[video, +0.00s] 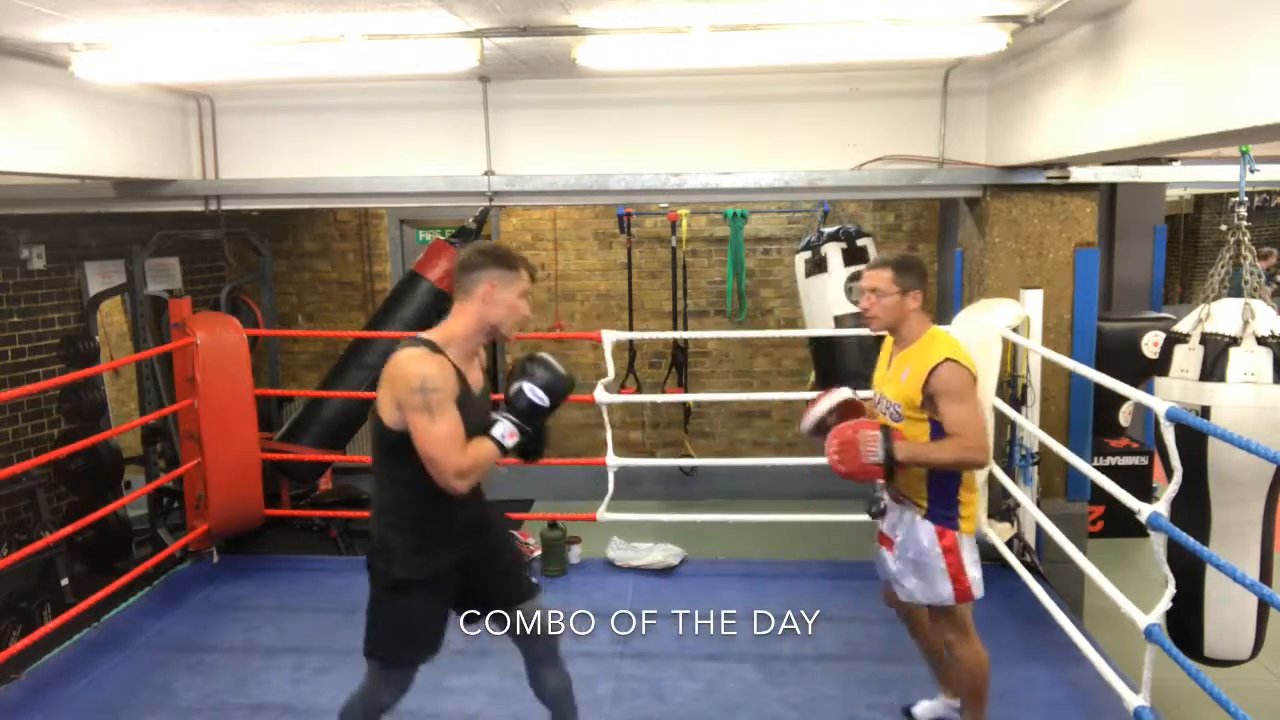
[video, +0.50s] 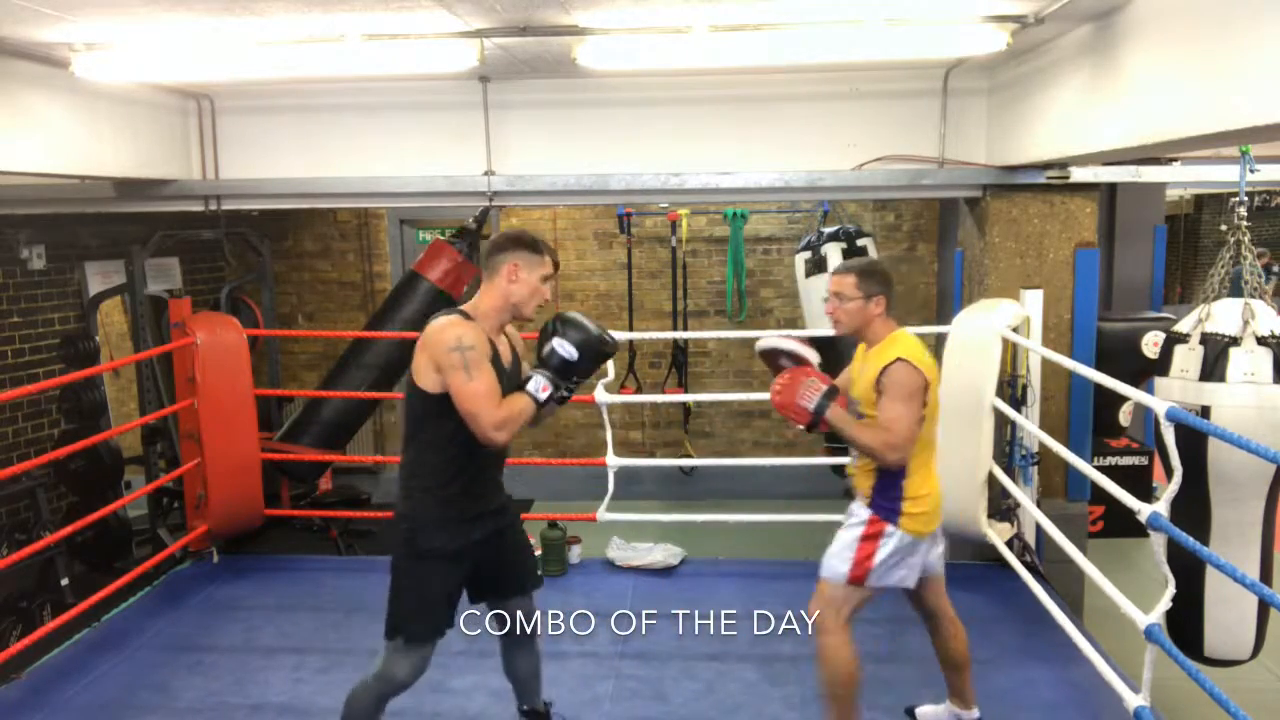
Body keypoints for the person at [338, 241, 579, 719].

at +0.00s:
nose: (528, 311)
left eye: (528, 298)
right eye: (522, 296)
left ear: (487, 296)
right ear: (486, 294)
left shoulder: (475, 357)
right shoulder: (419, 367)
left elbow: (462, 444)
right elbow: (456, 473)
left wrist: (513, 430)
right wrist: (511, 425)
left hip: (472, 536)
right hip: (413, 552)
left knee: (538, 637)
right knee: (386, 684)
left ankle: (567, 714)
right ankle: (348, 717)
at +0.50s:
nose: (549, 295)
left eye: (552, 283)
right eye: (545, 280)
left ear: (511, 278)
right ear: (511, 275)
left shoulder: (508, 340)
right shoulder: (452, 334)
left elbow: (516, 417)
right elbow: (495, 427)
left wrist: (558, 383)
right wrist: (546, 377)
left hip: (489, 515)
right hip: (433, 523)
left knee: (521, 623)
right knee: (404, 665)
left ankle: (534, 711)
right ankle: (359, 710)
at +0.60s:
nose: (546, 304)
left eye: (550, 293)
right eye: (543, 290)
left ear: (508, 285)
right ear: (509, 281)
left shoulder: (504, 343)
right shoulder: (455, 336)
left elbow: (516, 422)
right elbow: (514, 419)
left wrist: (566, 372)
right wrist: (558, 363)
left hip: (485, 517)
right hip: (431, 527)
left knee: (526, 614)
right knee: (396, 662)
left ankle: (535, 711)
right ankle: (348, 712)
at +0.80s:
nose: (542, 316)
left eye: (547, 305)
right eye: (541, 300)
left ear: (507, 292)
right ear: (510, 289)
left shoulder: (495, 343)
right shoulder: (454, 340)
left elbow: (564, 363)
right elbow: (538, 408)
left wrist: (596, 334)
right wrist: (575, 348)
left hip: (474, 523)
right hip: (420, 531)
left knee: (526, 622)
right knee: (385, 673)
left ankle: (534, 712)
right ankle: (340, 715)